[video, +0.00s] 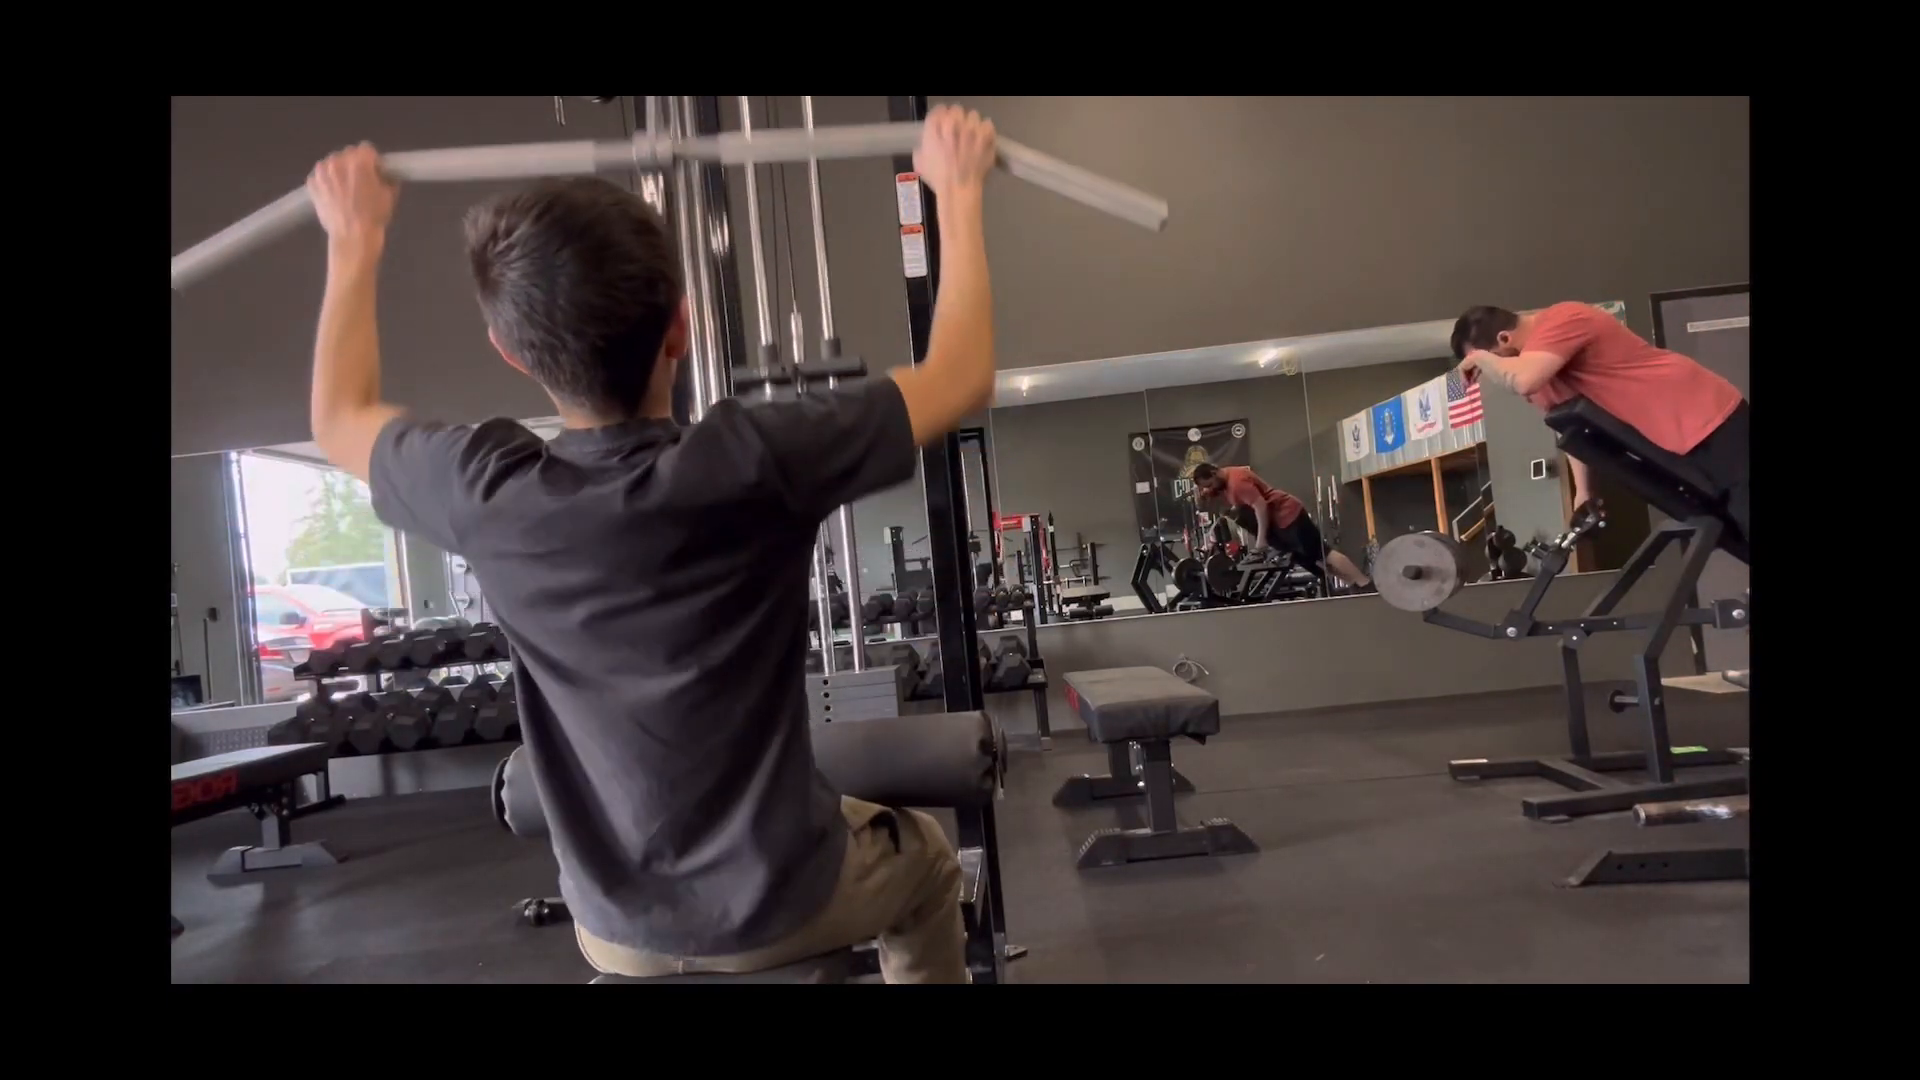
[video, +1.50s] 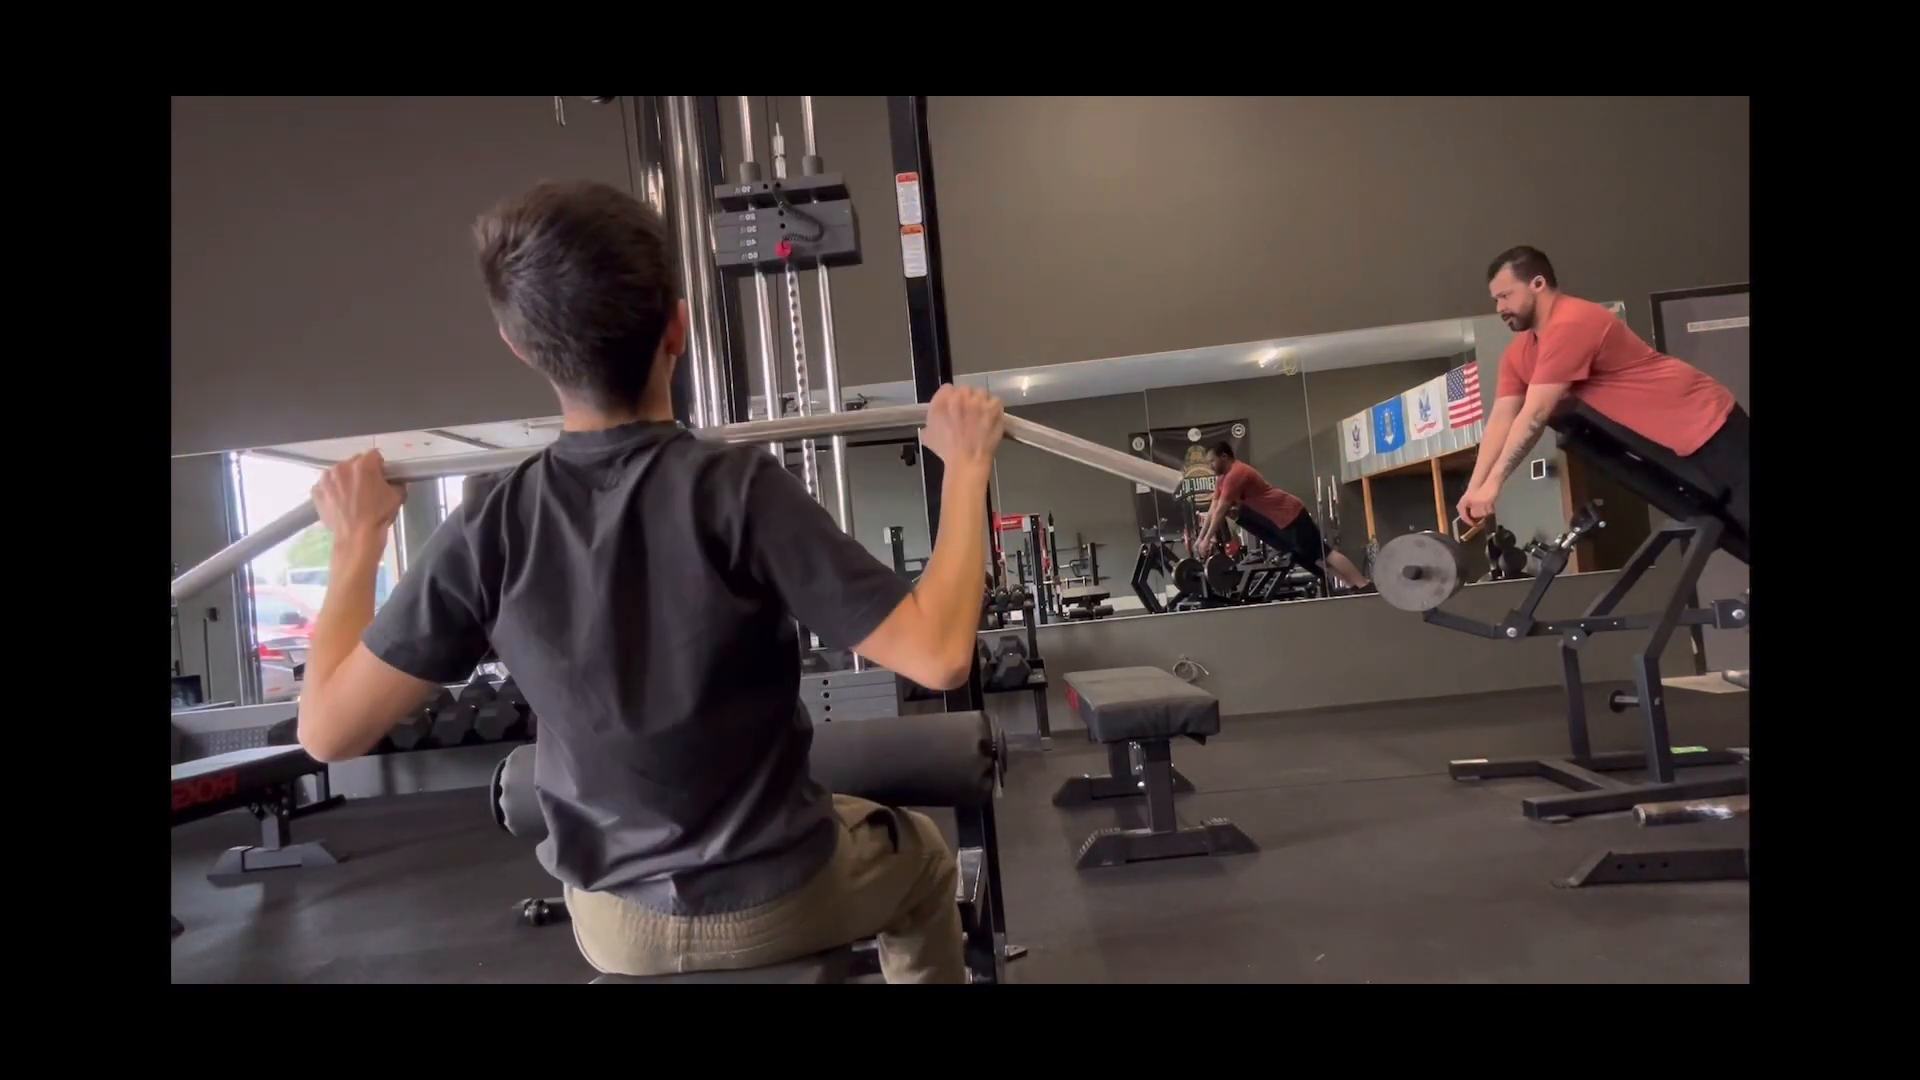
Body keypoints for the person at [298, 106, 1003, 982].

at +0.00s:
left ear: (511, 351)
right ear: (680, 327)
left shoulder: (491, 490)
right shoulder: (761, 458)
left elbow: (341, 418)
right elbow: (960, 380)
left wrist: (351, 240)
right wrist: (960, 193)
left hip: (612, 924)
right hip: (780, 902)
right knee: (923, 864)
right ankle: (925, 977)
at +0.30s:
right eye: (704, 279)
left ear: (544, 342)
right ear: (699, 320)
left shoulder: (522, 432)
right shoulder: (764, 401)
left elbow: (391, 252)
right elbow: (887, 216)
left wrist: (340, 94)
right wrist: (924, 83)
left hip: (611, 907)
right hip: (778, 900)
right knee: (920, 858)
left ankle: (624, 965)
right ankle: (929, 975)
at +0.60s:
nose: (717, 283)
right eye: (712, 275)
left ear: (568, 336)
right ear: (710, 321)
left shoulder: (545, 421)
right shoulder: (773, 401)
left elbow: (438, 235)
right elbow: (892, 221)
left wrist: (381, 93)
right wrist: (928, 92)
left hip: (622, 893)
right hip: (785, 886)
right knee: (917, 854)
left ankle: (637, 968)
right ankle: (932, 973)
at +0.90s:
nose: (692, 305)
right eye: (686, 293)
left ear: (527, 339)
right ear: (682, 323)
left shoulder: (502, 455)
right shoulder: (755, 428)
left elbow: (347, 304)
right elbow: (920, 277)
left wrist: (323, 126)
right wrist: (931, 100)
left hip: (617, 907)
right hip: (781, 894)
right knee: (915, 855)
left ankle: (638, 976)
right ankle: (931, 981)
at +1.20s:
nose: (667, 312)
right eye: (660, 297)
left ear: (490, 354)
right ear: (649, 330)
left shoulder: (454, 510)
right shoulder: (723, 480)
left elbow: (271, 555)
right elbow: (972, 513)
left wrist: (311, 364)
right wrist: (958, 317)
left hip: (601, 924)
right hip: (767, 912)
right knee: (918, 857)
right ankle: (927, 977)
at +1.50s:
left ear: (517, 347)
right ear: (678, 327)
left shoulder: (495, 524)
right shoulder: (735, 489)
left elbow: (327, 730)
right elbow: (938, 652)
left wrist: (354, 541)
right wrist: (967, 472)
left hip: (607, 922)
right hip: (773, 911)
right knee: (920, 854)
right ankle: (927, 976)